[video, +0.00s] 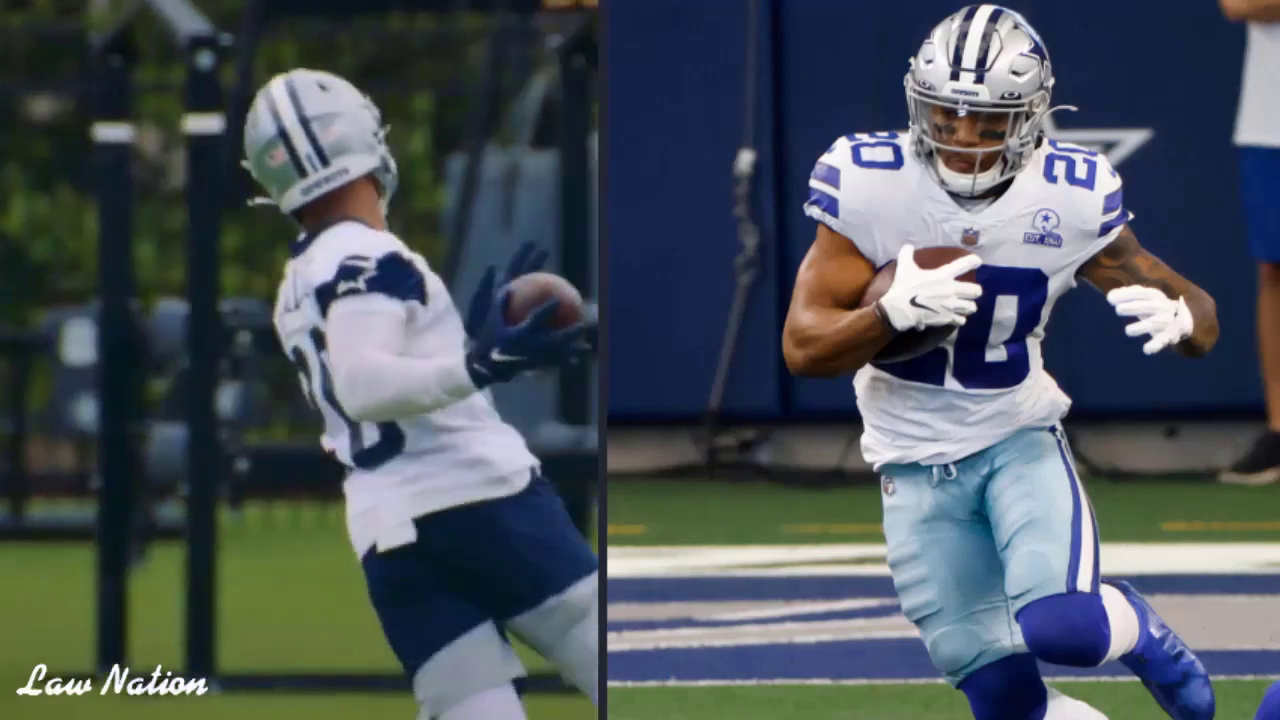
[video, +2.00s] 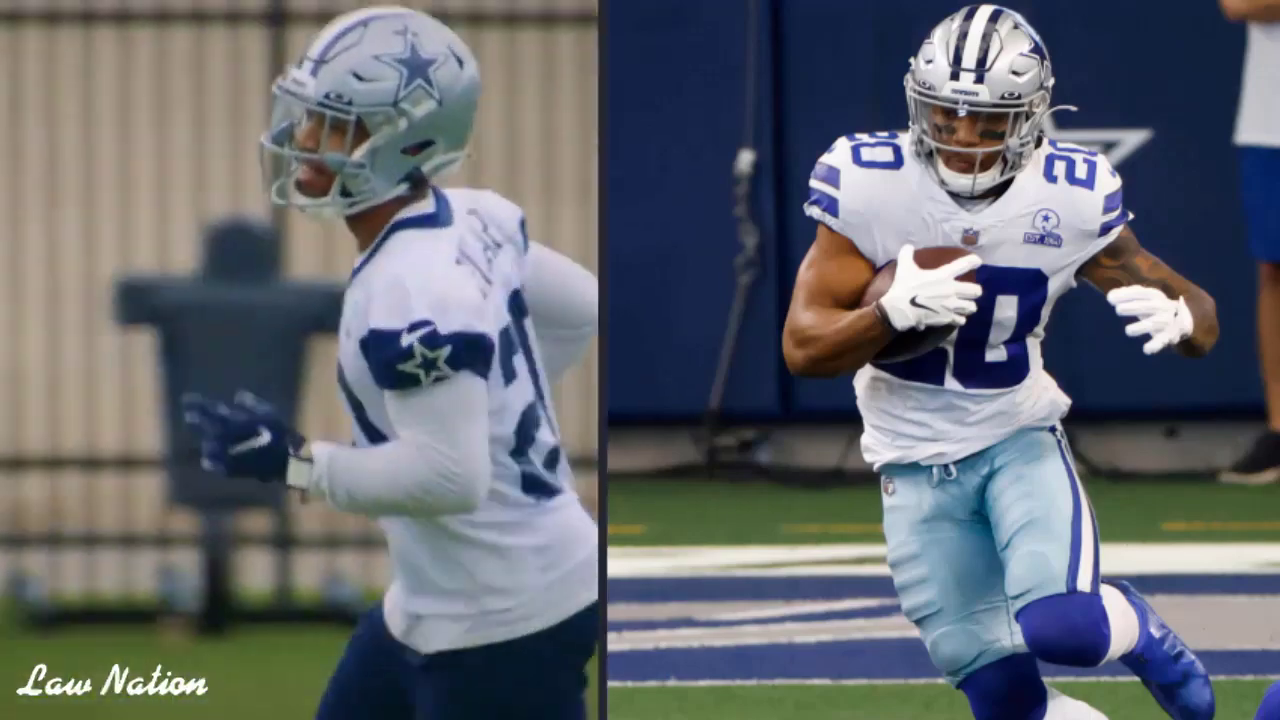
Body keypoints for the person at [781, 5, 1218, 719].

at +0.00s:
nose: (966, 138)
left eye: (988, 121)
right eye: (950, 117)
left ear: (1028, 119)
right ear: (922, 110)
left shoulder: (1071, 194)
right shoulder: (863, 179)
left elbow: (1197, 309)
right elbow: (801, 349)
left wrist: (1181, 319)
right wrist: (887, 313)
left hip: (1018, 437)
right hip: (911, 468)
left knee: (1054, 626)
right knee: (1001, 696)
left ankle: (1142, 633)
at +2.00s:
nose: (966, 138)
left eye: (988, 121)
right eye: (950, 117)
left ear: (1028, 119)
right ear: (922, 110)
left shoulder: (1071, 194)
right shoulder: (863, 179)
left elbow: (1197, 309)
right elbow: (801, 349)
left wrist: (1181, 319)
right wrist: (887, 313)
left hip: (1018, 437)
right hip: (911, 467)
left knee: (1054, 626)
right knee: (1001, 696)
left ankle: (1142, 633)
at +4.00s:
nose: (966, 137)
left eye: (988, 121)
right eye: (950, 117)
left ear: (1027, 118)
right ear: (922, 110)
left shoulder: (1071, 194)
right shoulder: (863, 180)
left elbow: (1197, 310)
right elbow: (801, 350)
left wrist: (1181, 318)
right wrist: (887, 313)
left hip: (1018, 437)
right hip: (911, 467)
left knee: (1054, 626)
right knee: (1001, 696)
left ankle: (1141, 632)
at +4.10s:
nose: (965, 137)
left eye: (988, 121)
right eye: (950, 116)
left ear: (1027, 118)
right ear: (922, 110)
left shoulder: (1071, 194)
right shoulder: (863, 179)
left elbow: (1197, 310)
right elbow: (801, 349)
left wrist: (1181, 319)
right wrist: (887, 313)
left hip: (1018, 437)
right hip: (911, 467)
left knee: (1054, 626)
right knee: (1001, 696)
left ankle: (1142, 633)